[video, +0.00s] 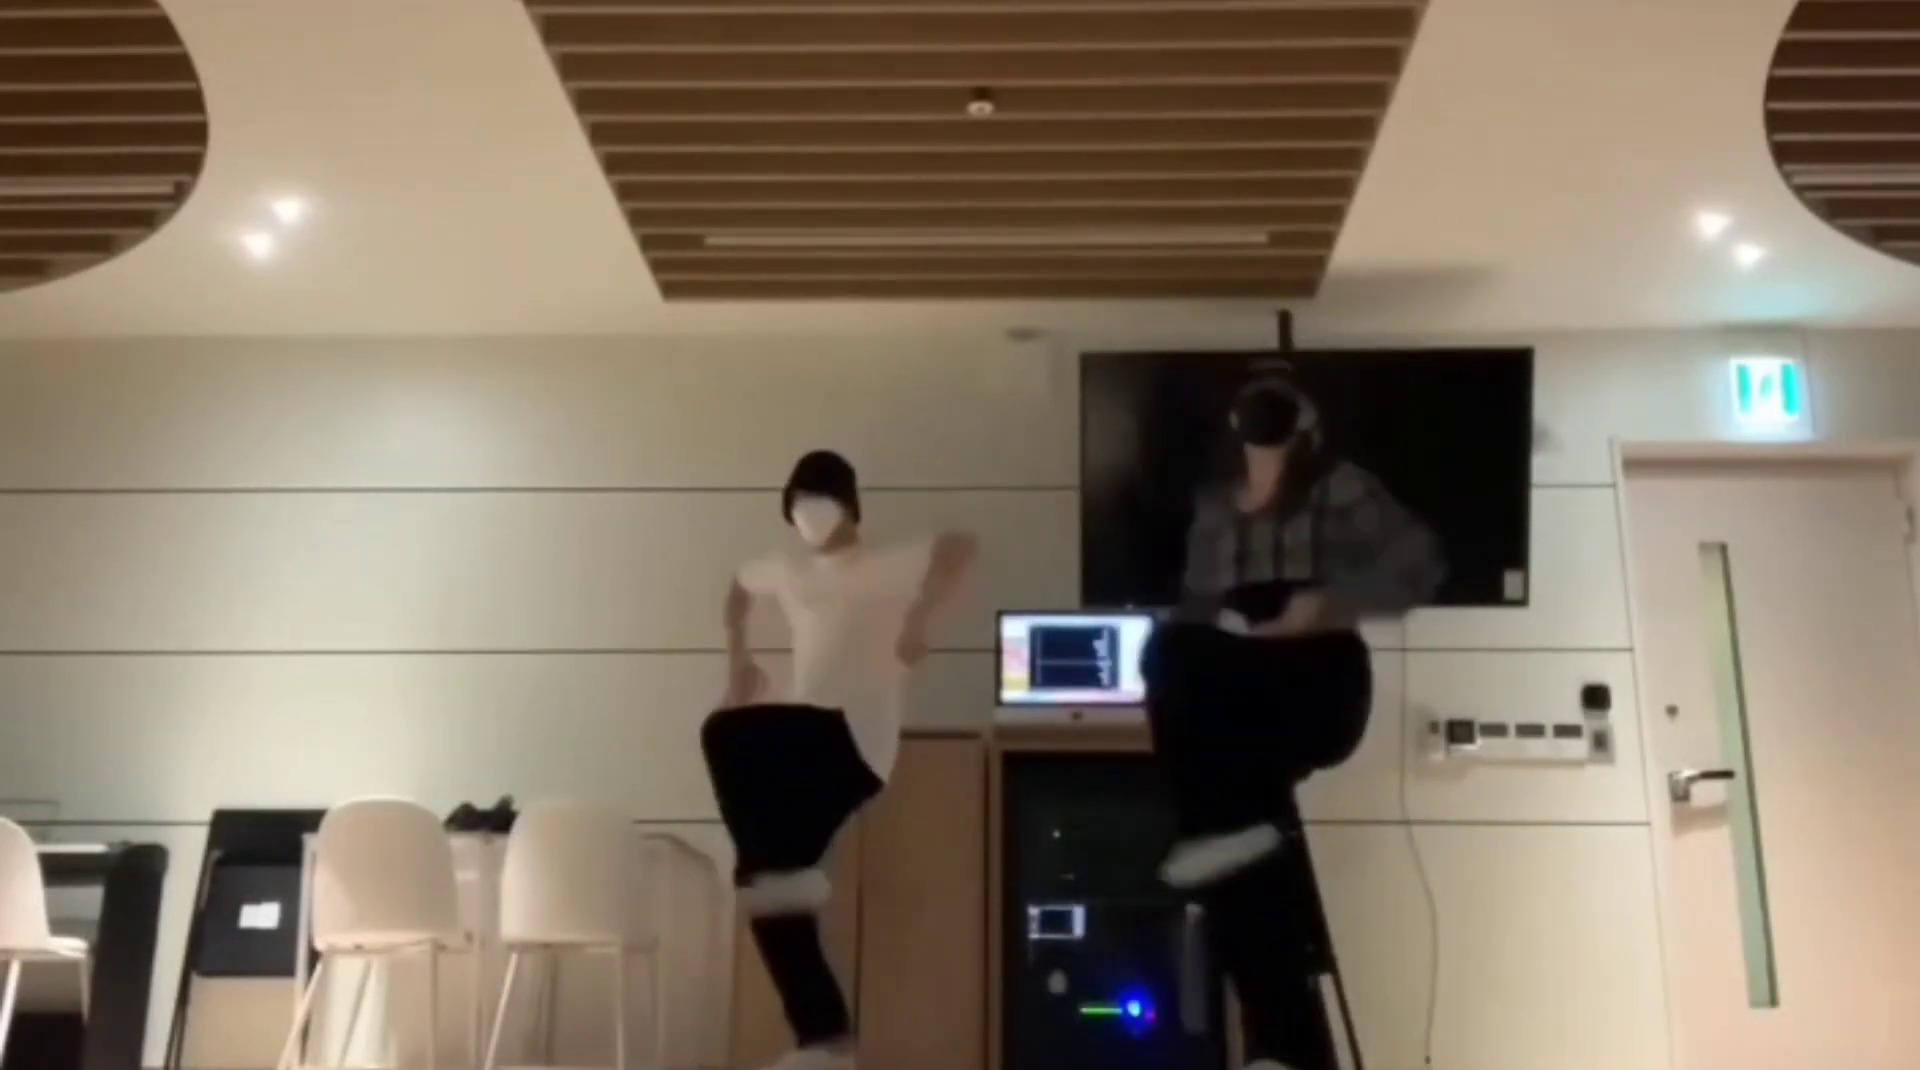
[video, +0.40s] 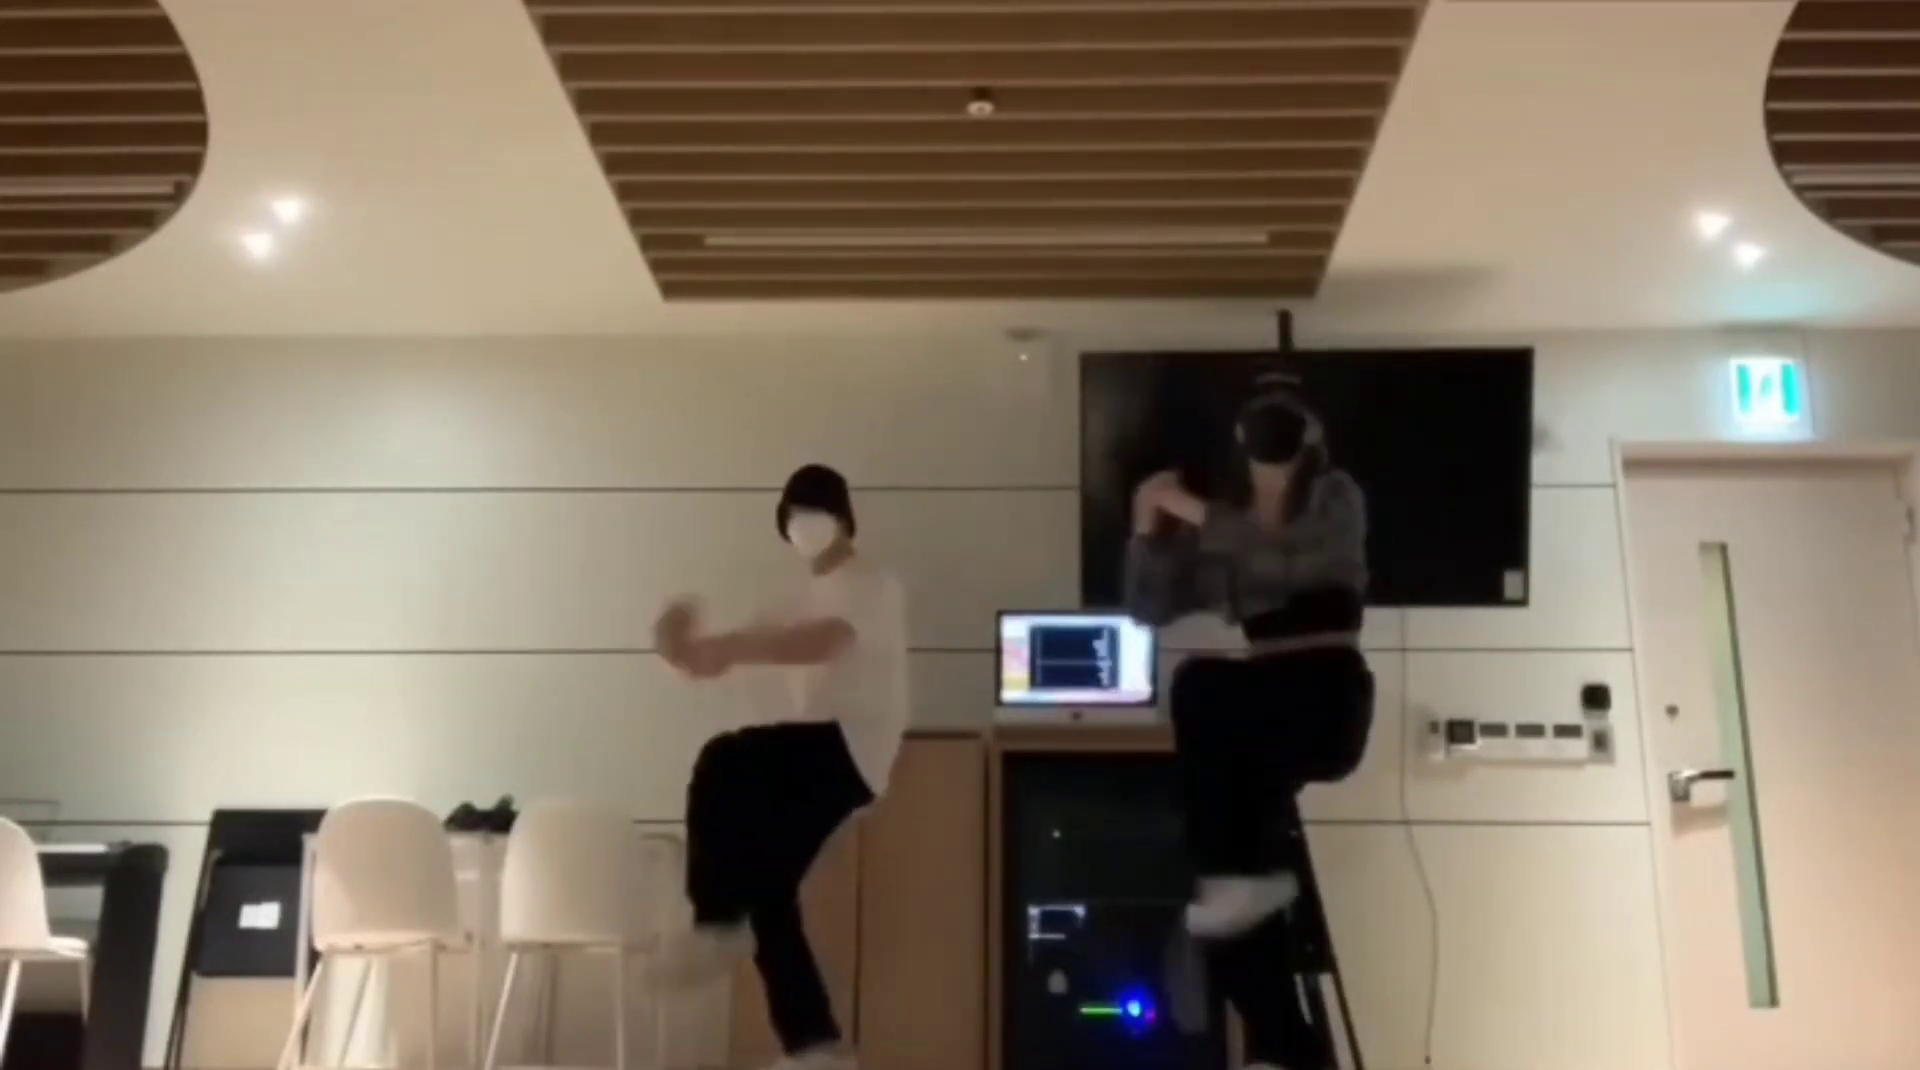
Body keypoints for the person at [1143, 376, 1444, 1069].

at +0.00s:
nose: (1257, 470)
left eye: (1272, 454)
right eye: (1247, 452)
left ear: (1299, 437)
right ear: (1236, 440)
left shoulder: (1341, 494)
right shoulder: (1215, 509)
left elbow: (1420, 564)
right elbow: (1195, 606)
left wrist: (1329, 605)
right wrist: (1214, 628)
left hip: (1324, 686)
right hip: (1235, 695)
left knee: (1179, 654)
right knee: (1234, 826)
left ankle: (1224, 822)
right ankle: (1281, 1043)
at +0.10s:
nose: (1274, 426)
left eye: (1288, 414)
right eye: (1260, 414)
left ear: (1312, 432)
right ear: (1239, 434)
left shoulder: (1334, 493)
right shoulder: (1216, 516)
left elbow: (1391, 537)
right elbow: (1132, 570)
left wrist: (1286, 541)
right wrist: (1173, 556)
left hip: (1327, 693)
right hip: (1243, 703)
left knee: (1185, 627)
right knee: (1230, 880)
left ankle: (1183, 795)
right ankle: (1286, 1044)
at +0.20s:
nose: (1273, 427)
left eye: (1288, 414)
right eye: (1261, 415)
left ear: (1314, 428)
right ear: (1245, 431)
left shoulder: (1337, 501)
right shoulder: (1237, 511)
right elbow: (1150, 592)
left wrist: (1253, 540)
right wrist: (1185, 544)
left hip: (1323, 689)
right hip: (1245, 690)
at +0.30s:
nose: (1274, 427)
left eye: (1288, 414)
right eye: (1261, 415)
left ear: (1312, 429)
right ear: (1243, 431)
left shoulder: (1338, 504)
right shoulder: (1232, 510)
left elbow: (1301, 597)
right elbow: (1169, 611)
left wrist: (1239, 538)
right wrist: (1193, 539)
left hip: (1324, 694)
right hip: (1248, 695)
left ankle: (1201, 827)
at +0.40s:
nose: (1275, 424)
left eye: (1289, 411)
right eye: (1260, 412)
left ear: (1312, 428)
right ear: (1240, 431)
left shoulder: (1335, 497)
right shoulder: (1224, 522)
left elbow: (1314, 566)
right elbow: (1152, 607)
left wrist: (1204, 522)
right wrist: (1147, 531)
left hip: (1328, 690)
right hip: (1250, 697)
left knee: (1201, 684)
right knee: (1229, 878)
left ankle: (1243, 869)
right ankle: (1282, 1045)